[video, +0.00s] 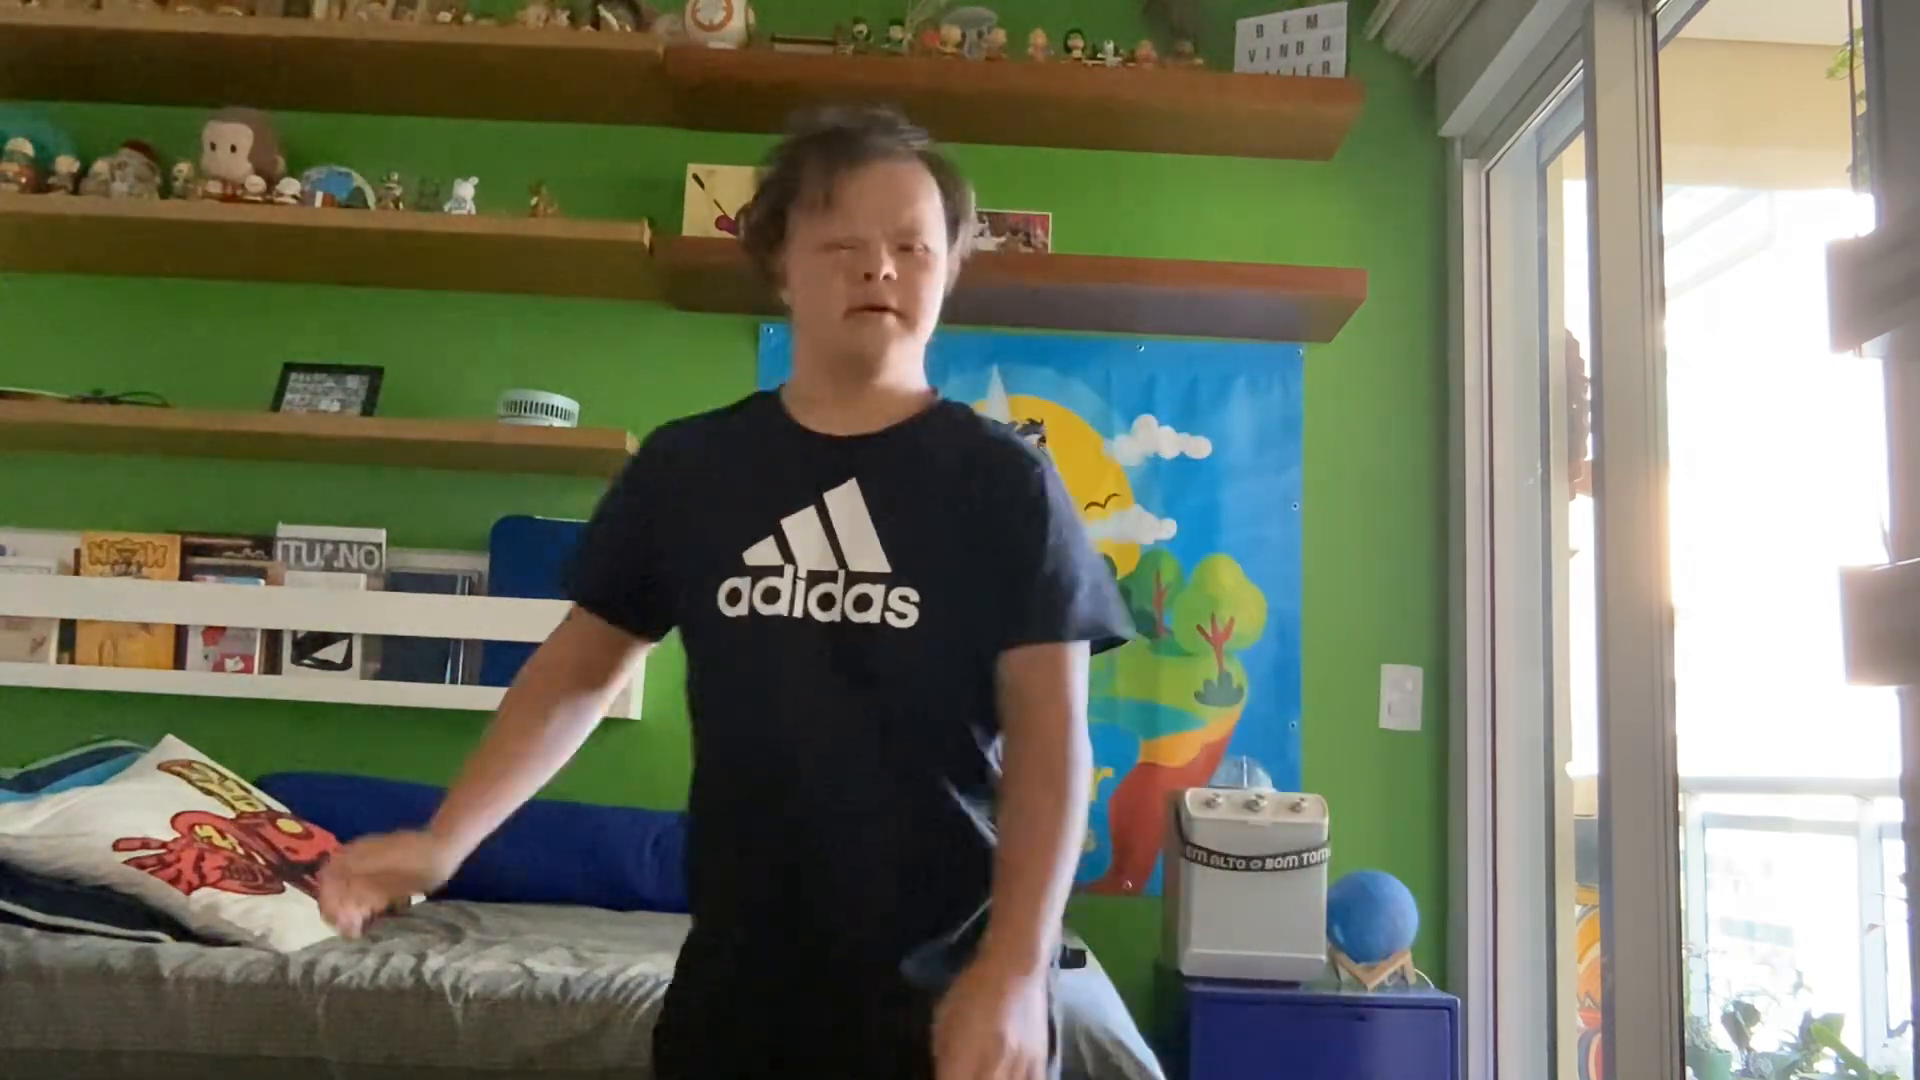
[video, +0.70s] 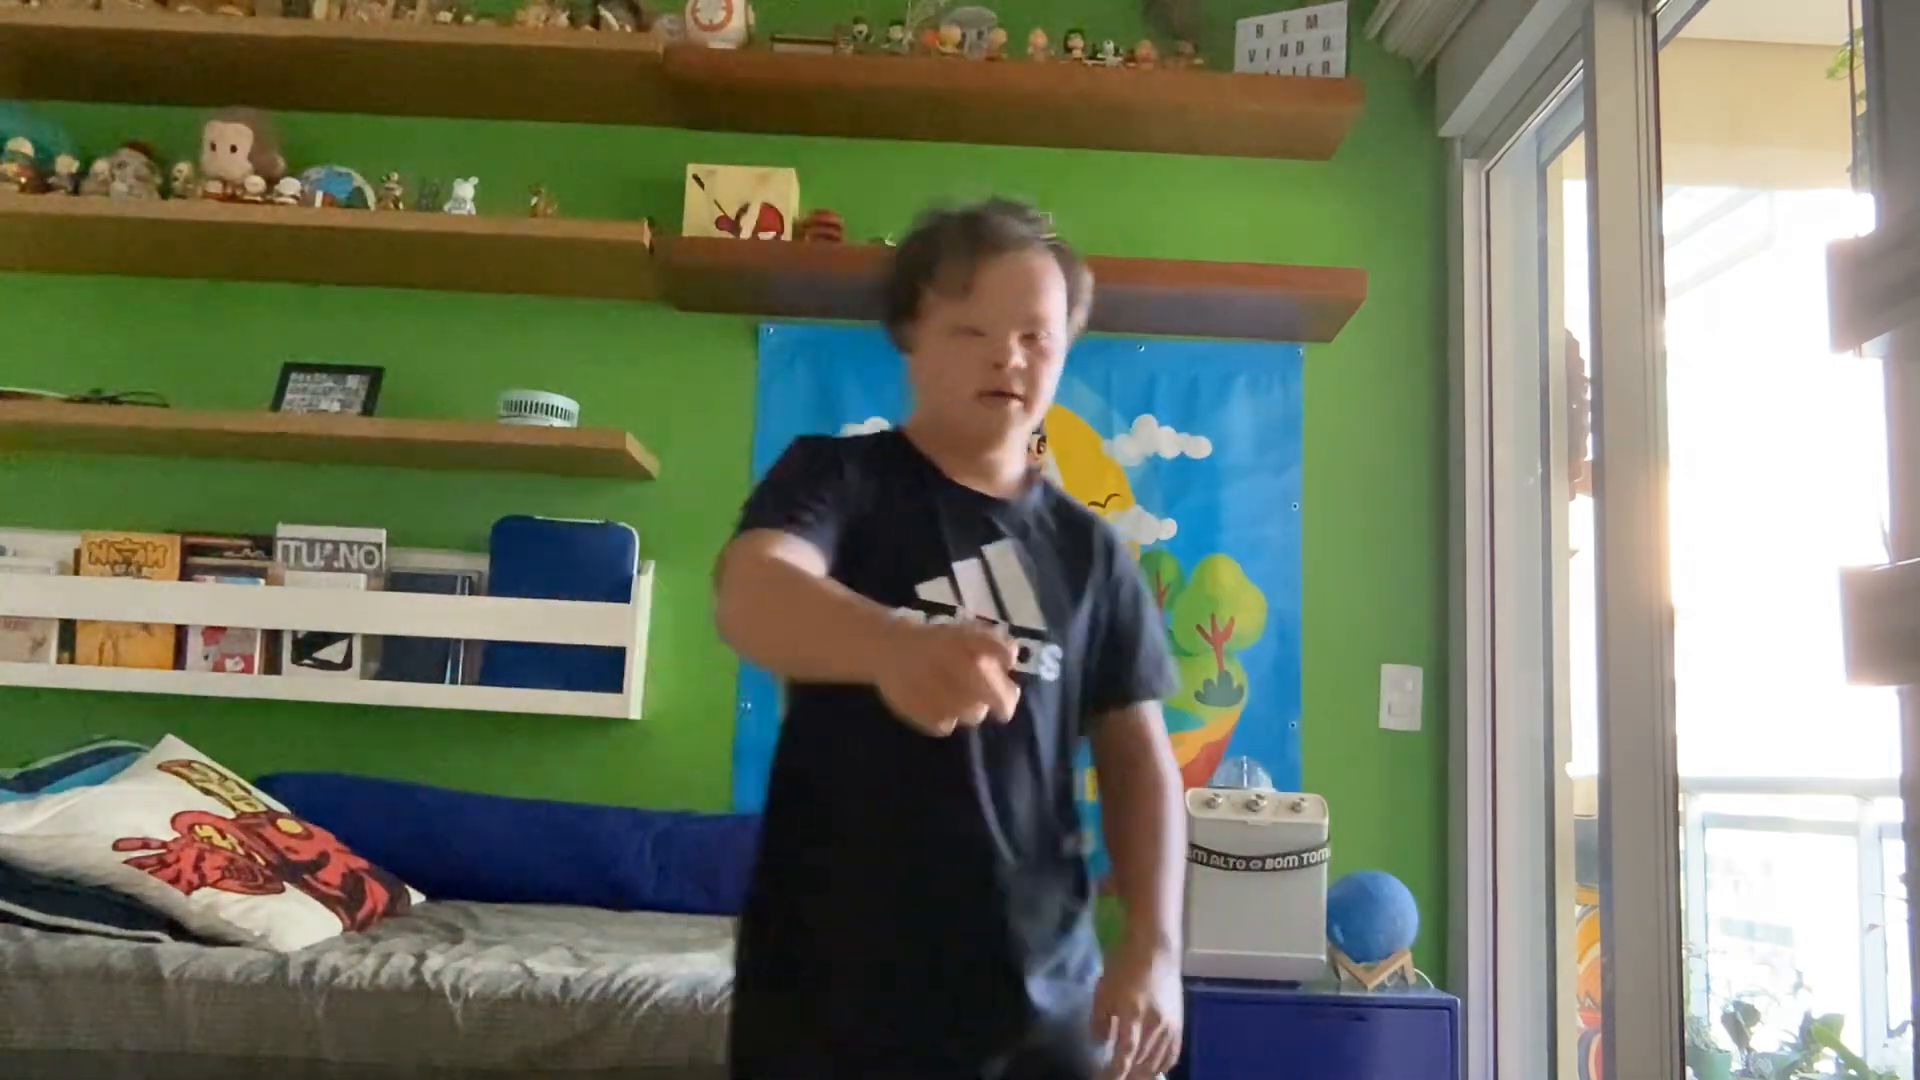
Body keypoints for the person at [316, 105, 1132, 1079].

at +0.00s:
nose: (878, 269)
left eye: (909, 243)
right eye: (842, 242)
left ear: (949, 271)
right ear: (780, 261)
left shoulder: (1003, 478)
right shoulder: (687, 468)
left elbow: (1048, 737)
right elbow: (576, 674)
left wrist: (1013, 969)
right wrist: (443, 842)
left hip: (953, 971)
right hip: (751, 965)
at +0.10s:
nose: (876, 280)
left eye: (905, 255)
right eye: (838, 251)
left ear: (936, 283)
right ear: (771, 267)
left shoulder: (977, 487)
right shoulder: (654, 463)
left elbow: (1011, 721)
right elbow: (561, 683)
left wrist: (971, 919)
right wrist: (494, 901)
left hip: (945, 974)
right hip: (740, 967)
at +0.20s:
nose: (871, 288)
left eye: (897, 265)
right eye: (833, 259)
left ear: (925, 293)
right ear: (763, 273)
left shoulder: (965, 492)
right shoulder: (648, 466)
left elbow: (1000, 710)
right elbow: (583, 703)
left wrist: (941, 890)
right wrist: (618, 931)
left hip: (932, 978)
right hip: (719, 973)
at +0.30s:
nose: (880, 299)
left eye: (905, 275)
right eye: (841, 270)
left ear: (932, 303)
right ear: (773, 282)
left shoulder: (961, 503)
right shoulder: (671, 465)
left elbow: (996, 721)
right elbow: (614, 706)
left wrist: (966, 903)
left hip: (928, 977)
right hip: (734, 976)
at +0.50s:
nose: (933, 325)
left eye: (959, 303)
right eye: (896, 296)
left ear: (985, 329)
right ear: (833, 302)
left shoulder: (1004, 524)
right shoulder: (741, 462)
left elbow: (1032, 736)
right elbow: (659, 664)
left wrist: (1066, 927)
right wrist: (822, 797)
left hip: (973, 986)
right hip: (778, 982)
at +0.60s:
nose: (958, 340)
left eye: (986, 318)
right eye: (924, 310)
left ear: (1015, 341)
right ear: (859, 316)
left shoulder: (1035, 531)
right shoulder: (774, 463)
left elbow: (1067, 740)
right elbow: (695, 636)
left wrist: (1101, 935)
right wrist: (853, 732)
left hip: (995, 990)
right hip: (795, 983)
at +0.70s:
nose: (1006, 359)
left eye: (1033, 336)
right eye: (971, 331)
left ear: (1063, 356)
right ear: (907, 339)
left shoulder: (1092, 554)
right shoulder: (833, 477)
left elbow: (1138, 756)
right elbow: (751, 593)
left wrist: (1152, 955)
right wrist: (891, 647)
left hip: (1033, 991)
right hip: (835, 978)